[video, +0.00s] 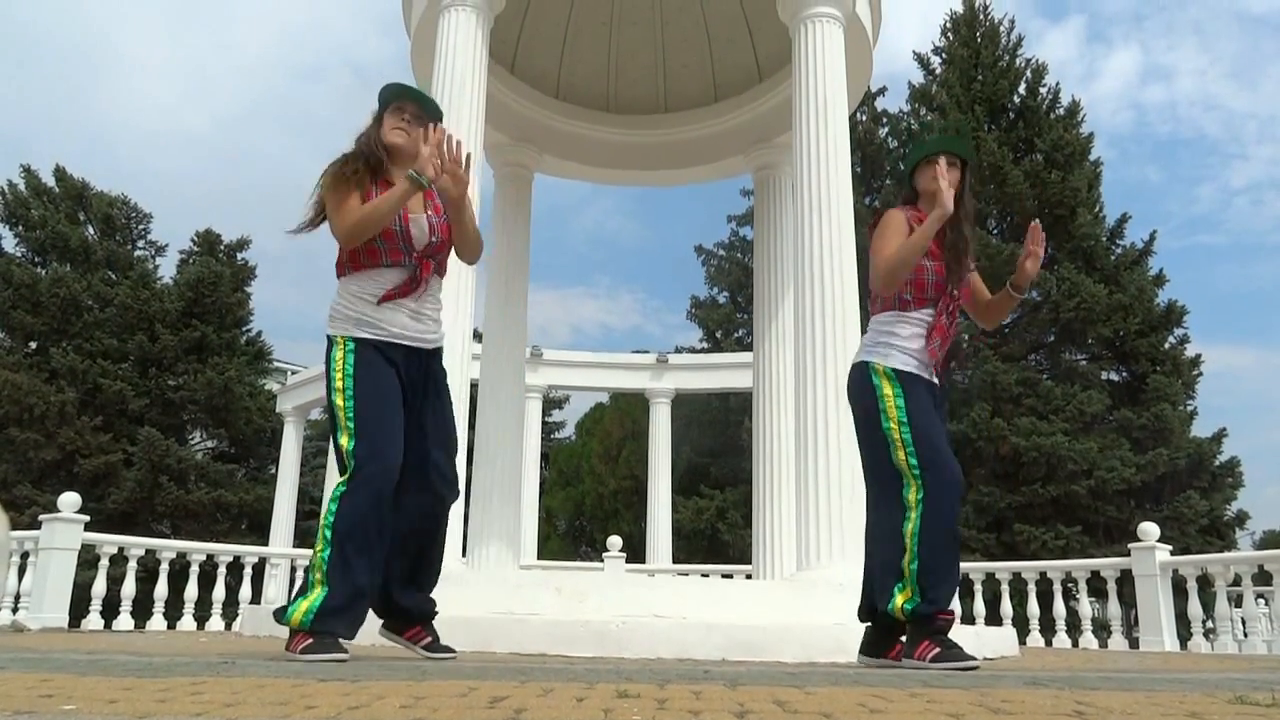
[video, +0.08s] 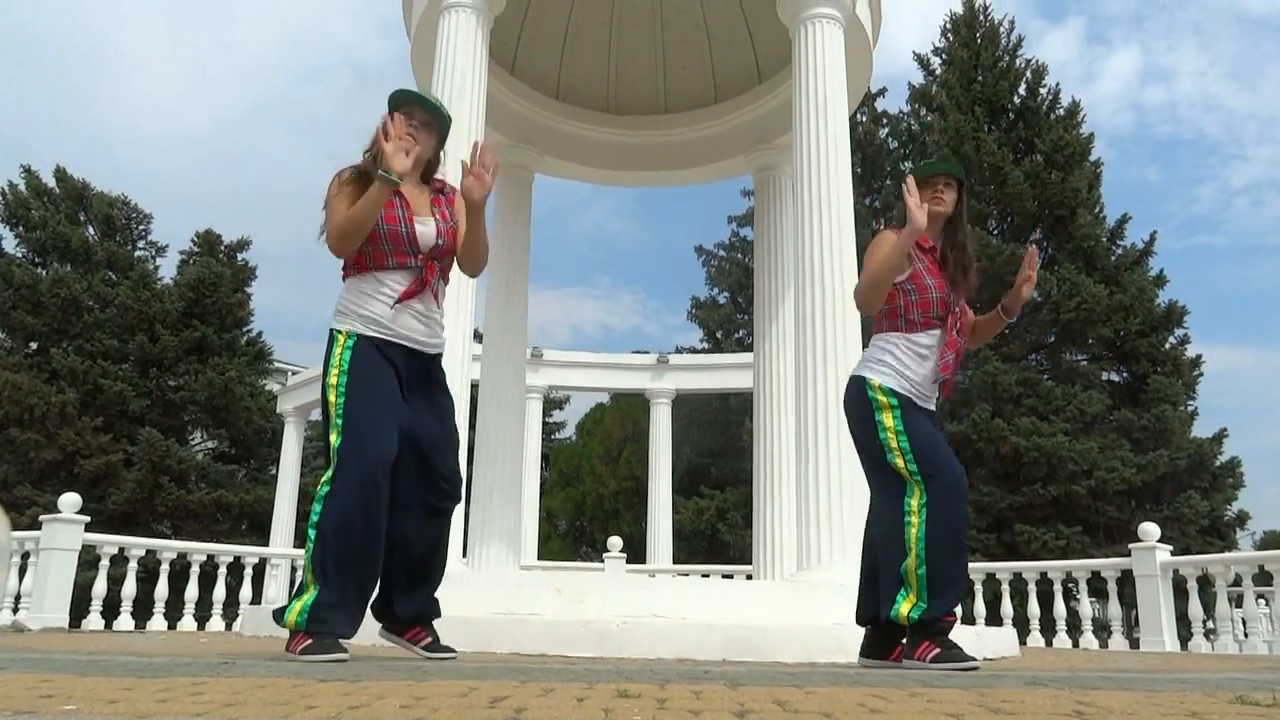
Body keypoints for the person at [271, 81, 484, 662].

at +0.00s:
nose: (406, 126)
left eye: (418, 123)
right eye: (398, 116)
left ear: (433, 139)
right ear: (376, 124)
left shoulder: (441, 188)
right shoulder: (350, 173)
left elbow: (470, 252)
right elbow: (349, 231)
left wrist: (456, 196)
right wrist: (412, 182)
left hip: (424, 351)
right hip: (363, 343)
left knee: (434, 480)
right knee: (372, 471)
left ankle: (405, 612)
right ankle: (318, 625)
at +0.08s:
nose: (412, 132)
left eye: (425, 129)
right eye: (406, 121)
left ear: (440, 145)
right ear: (385, 127)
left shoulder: (449, 197)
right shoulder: (354, 182)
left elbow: (473, 264)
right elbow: (341, 242)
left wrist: (475, 204)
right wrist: (388, 179)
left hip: (424, 357)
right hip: (363, 344)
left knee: (436, 478)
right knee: (364, 464)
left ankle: (406, 615)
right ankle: (319, 623)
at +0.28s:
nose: (428, 165)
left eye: (440, 163)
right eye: (420, 155)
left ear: (451, 183)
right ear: (401, 164)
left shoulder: (452, 242)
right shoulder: (366, 219)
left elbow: (482, 317)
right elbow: (327, 293)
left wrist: (522, 269)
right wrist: (324, 231)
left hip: (431, 382)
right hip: (372, 365)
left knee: (445, 503)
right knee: (362, 483)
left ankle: (397, 627)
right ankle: (317, 628)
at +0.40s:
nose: (441, 178)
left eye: (453, 176)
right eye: (433, 169)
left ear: (464, 194)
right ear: (414, 176)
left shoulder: (466, 243)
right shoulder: (382, 216)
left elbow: (475, 321)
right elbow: (370, 279)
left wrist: (479, 268)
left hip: (439, 377)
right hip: (383, 364)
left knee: (455, 504)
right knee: (368, 492)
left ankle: (401, 627)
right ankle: (316, 630)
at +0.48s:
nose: (448, 190)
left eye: (460, 189)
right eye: (443, 180)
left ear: (470, 207)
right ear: (423, 185)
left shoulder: (467, 252)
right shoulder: (391, 216)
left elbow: (483, 324)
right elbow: (391, 269)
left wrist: (487, 267)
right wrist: (457, 243)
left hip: (442, 383)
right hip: (387, 369)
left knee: (458, 508)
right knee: (373, 491)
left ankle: (401, 631)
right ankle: (317, 630)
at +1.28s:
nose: (495, 228)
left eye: (504, 226)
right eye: (486, 220)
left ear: (510, 243)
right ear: (466, 228)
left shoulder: (500, 304)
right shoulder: (433, 258)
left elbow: (491, 384)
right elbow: (371, 311)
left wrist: (527, 361)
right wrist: (377, 300)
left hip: (459, 416)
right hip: (405, 391)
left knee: (474, 527)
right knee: (376, 493)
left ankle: (405, 639)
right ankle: (328, 610)